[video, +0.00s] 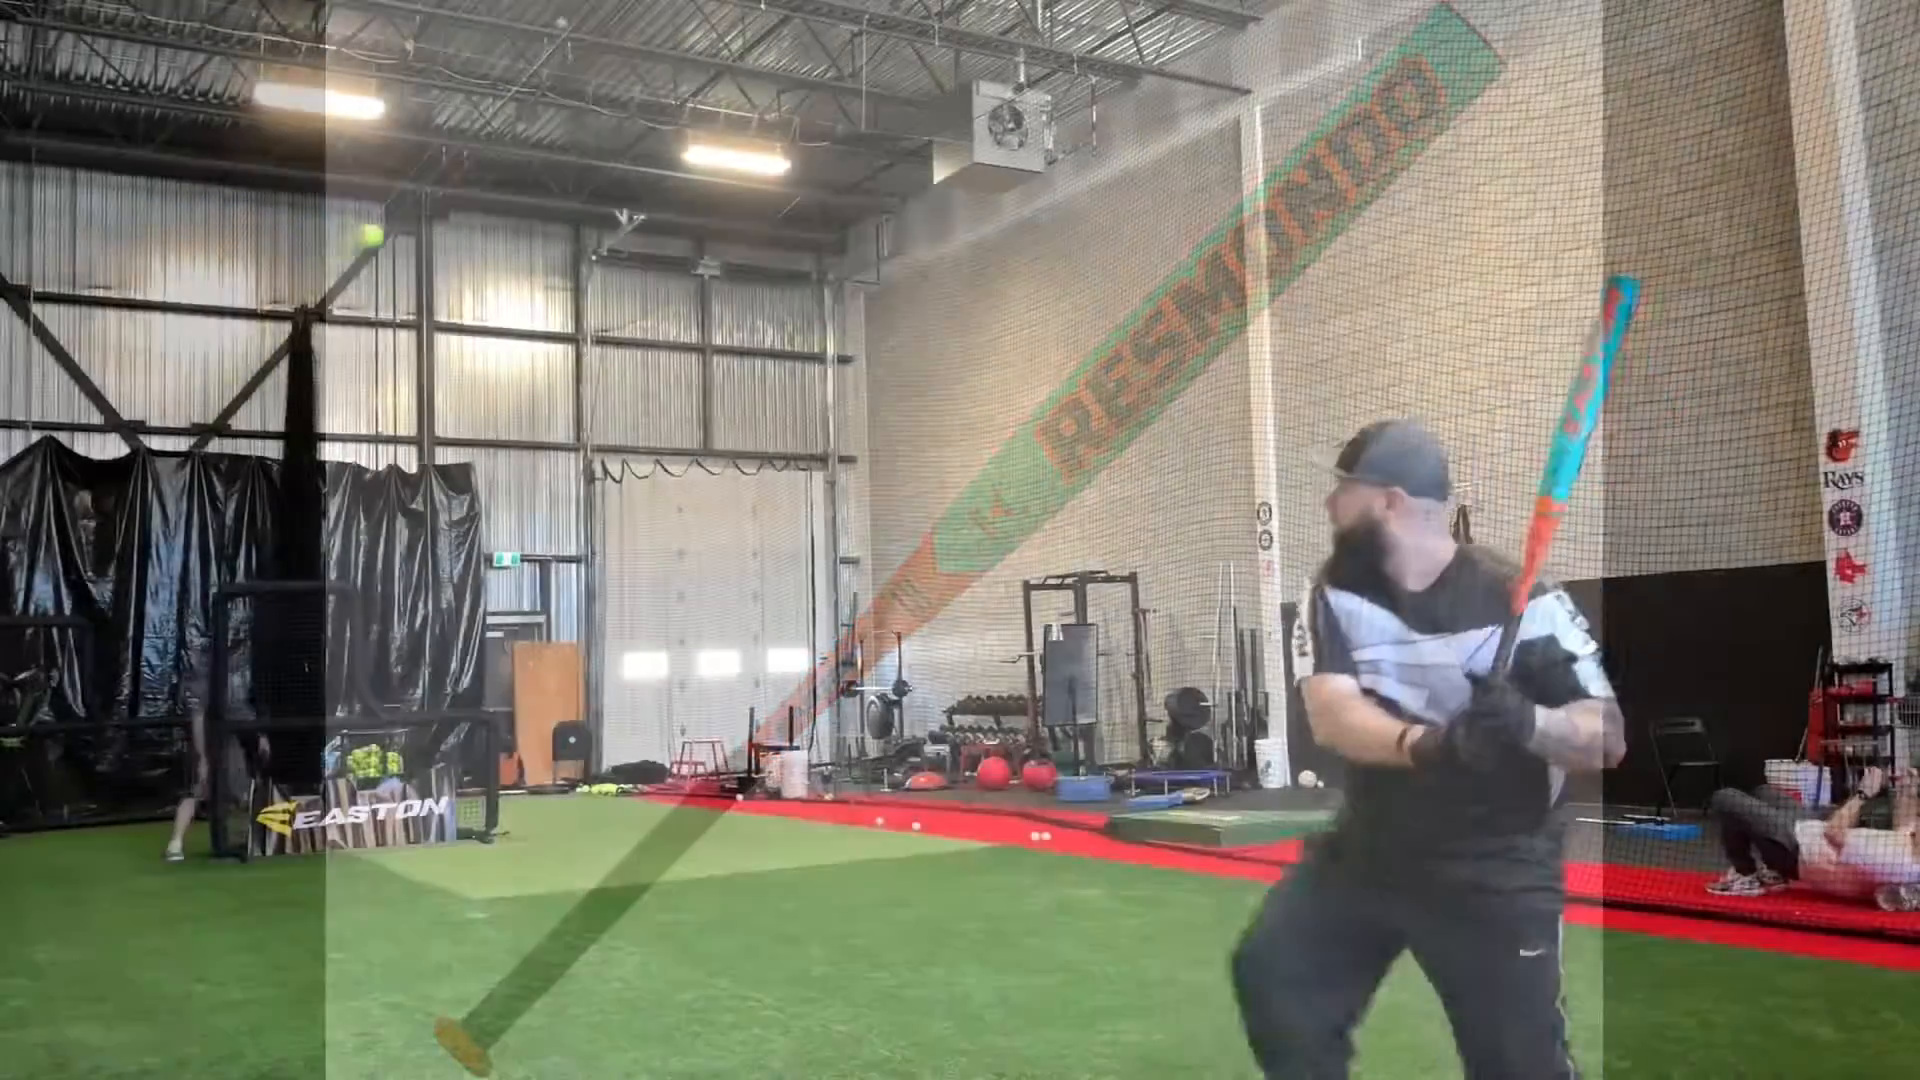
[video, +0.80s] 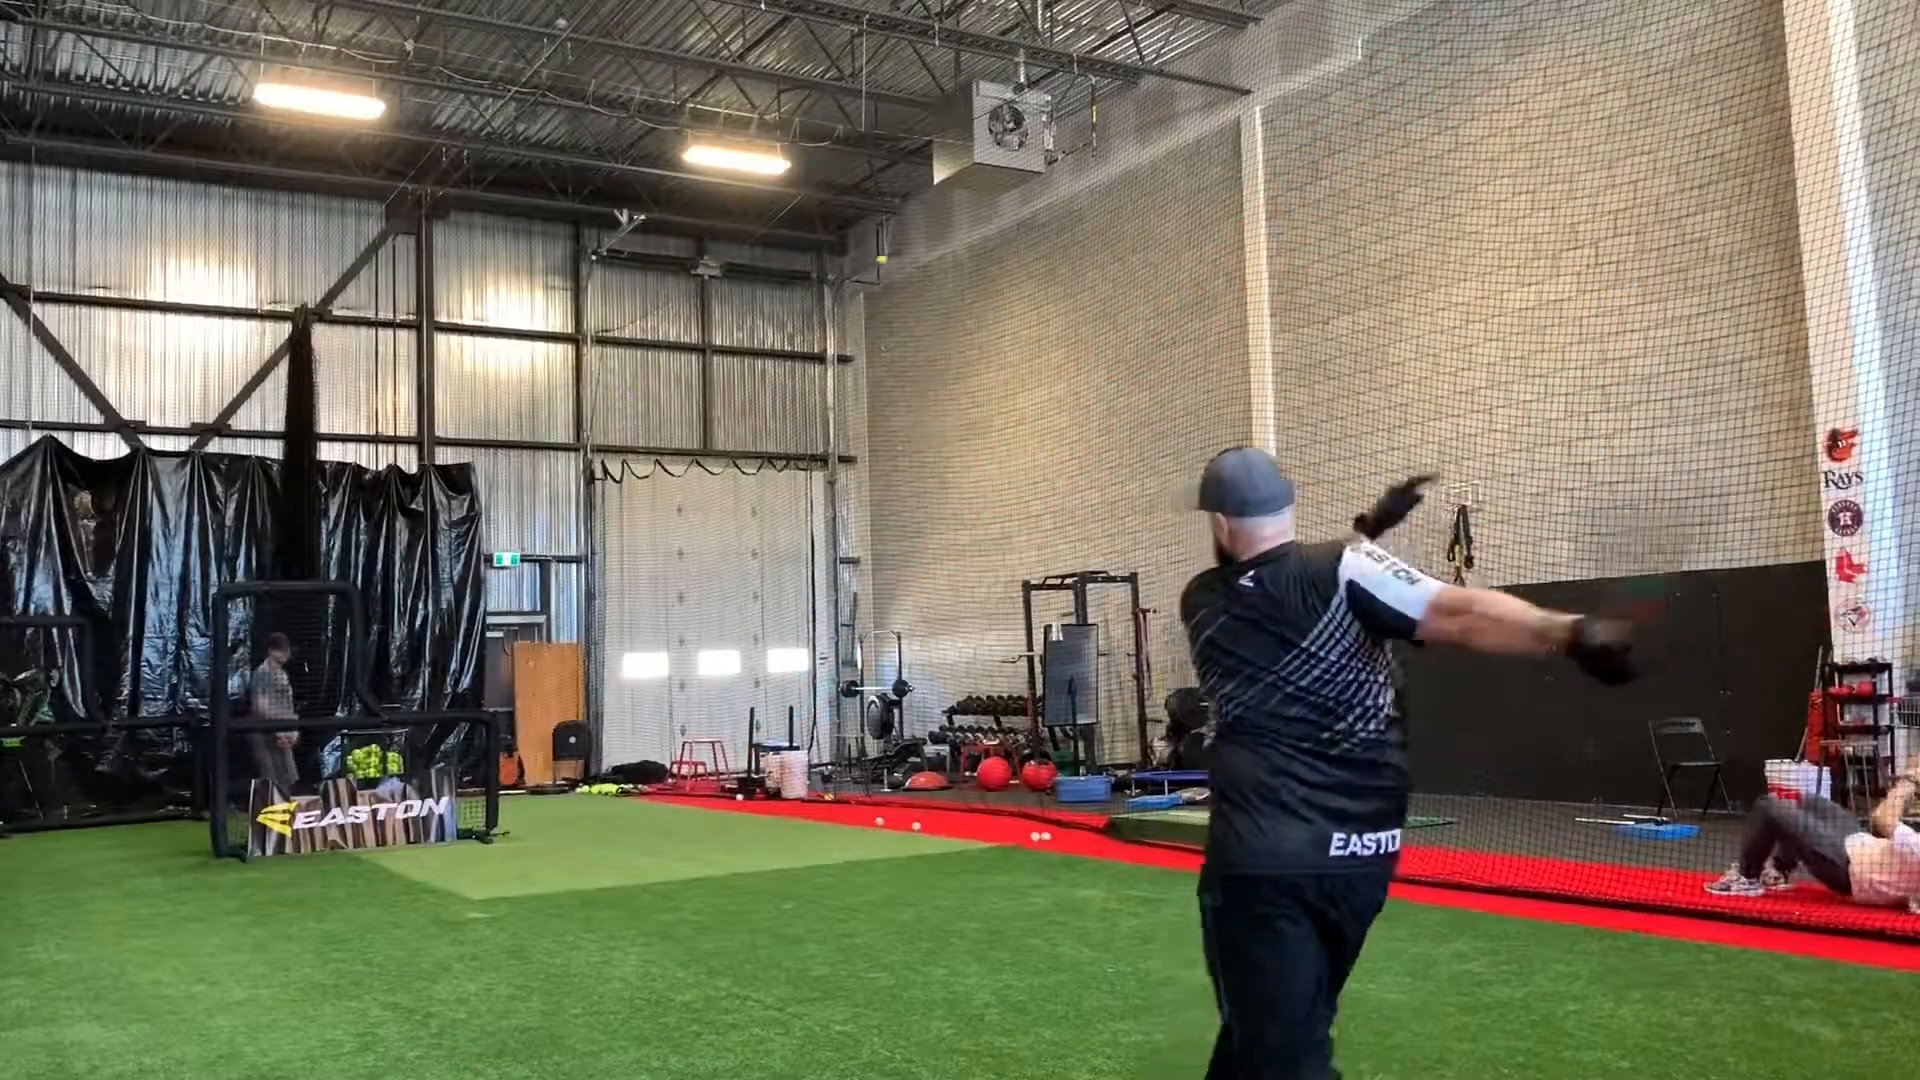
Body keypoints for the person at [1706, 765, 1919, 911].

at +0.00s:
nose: (1917, 825)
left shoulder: (1898, 864)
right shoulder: (1910, 847)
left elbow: (1834, 832)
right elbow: (1906, 828)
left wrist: (1862, 795)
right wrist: (1908, 795)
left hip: (1801, 850)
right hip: (1818, 827)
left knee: (1725, 800)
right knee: (1763, 793)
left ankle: (1744, 875)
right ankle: (1775, 871)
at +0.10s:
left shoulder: (1904, 863)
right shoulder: (1911, 841)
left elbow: (1838, 831)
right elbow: (1909, 826)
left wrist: (1868, 794)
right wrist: (1910, 790)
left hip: (1806, 851)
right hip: (1822, 827)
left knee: (1725, 800)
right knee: (1765, 793)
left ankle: (1745, 875)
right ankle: (1777, 870)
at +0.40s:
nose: (1916, 793)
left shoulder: (1909, 859)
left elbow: (1854, 824)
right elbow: (1909, 821)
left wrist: (1885, 784)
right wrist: (1912, 779)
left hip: (1827, 860)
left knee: (1744, 800)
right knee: (1788, 796)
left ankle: (1745, 876)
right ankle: (1775, 872)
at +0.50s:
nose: (1914, 798)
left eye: (1915, 793)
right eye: (1915, 791)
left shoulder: (1909, 857)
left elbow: (1860, 822)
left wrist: (1887, 784)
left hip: (1836, 866)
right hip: (1853, 846)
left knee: (1751, 802)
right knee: (1795, 798)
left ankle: (1746, 876)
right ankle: (1776, 872)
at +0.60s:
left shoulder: (1910, 854)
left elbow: (1866, 822)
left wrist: (1896, 782)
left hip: (1840, 867)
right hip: (1855, 844)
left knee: (1755, 803)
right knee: (1797, 797)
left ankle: (1746, 877)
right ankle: (1776, 870)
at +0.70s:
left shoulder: (1912, 852)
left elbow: (1876, 820)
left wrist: (1903, 783)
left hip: (1846, 870)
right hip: (1863, 845)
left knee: (1767, 807)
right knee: (1807, 800)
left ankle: (1746, 877)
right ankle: (1778, 869)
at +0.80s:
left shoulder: (1914, 849)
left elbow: (1883, 821)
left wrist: (1904, 786)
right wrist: (1906, 787)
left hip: (1851, 870)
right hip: (1867, 848)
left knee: (1768, 808)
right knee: (1814, 803)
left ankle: (1746, 876)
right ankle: (1779, 870)